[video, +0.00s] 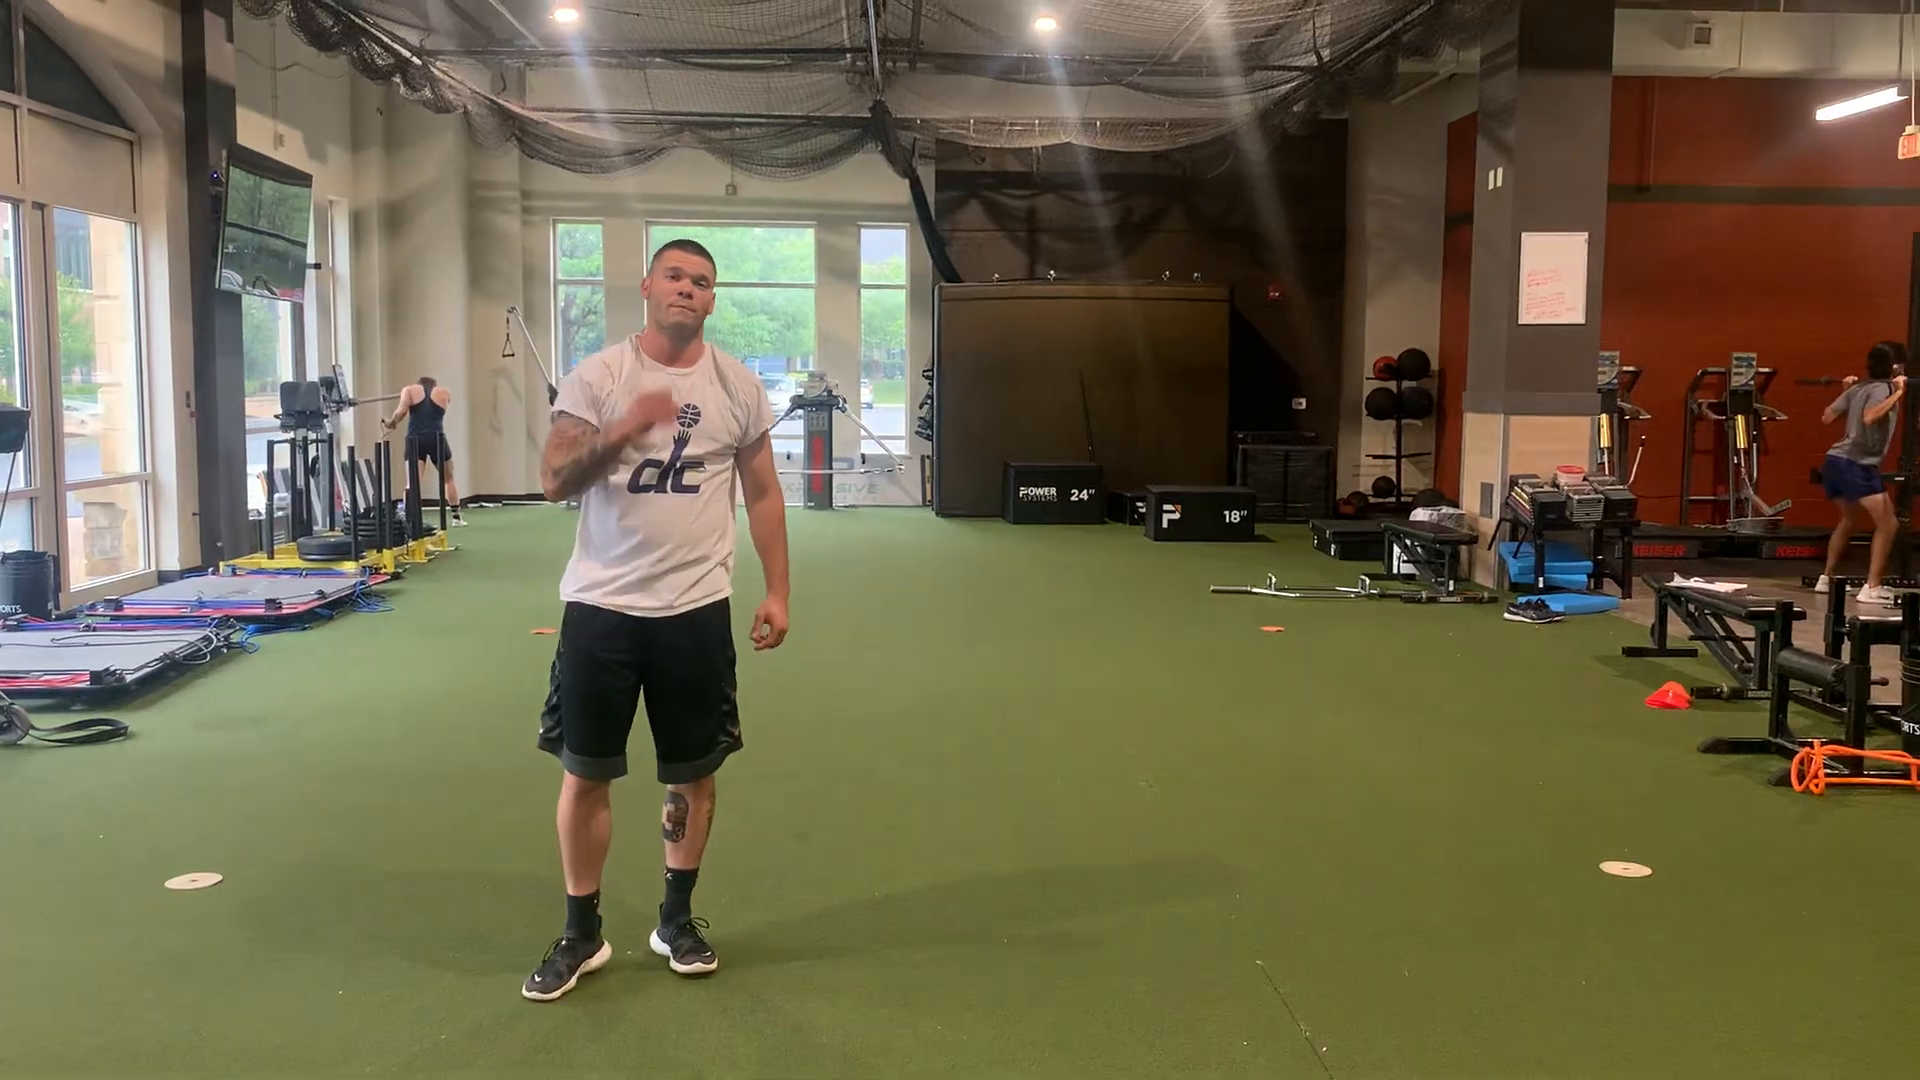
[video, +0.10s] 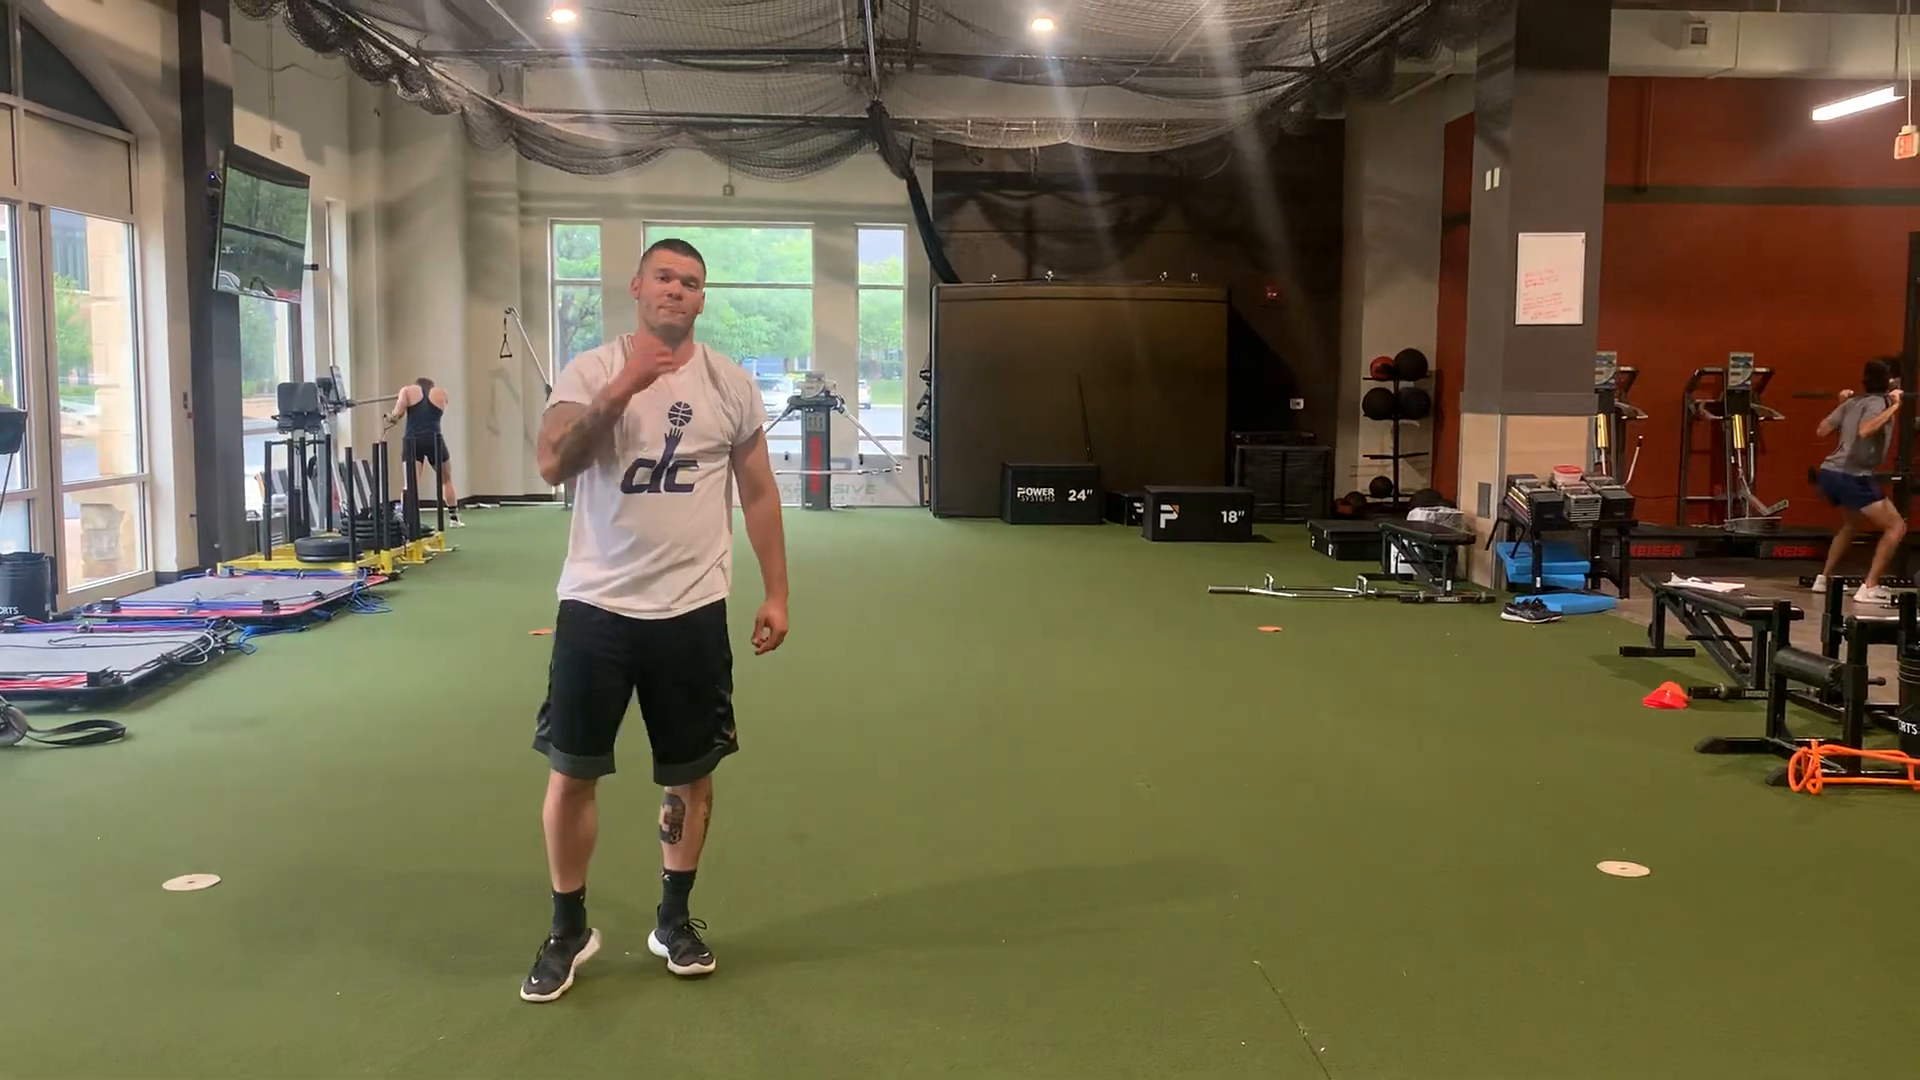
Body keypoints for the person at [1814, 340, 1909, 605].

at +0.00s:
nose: (1903, 371)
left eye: (1904, 368)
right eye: (1902, 367)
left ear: (1872, 366)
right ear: (1893, 368)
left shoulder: (1856, 390)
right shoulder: (1882, 390)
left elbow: (1827, 417)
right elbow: (1869, 417)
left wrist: (1846, 389)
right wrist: (1898, 393)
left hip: (1834, 462)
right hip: (1857, 467)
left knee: (1848, 519)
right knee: (1888, 524)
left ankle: (1826, 577)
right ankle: (1872, 587)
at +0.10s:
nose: (1897, 384)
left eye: (1897, 381)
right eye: (1895, 380)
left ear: (1867, 380)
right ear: (1888, 383)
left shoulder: (1851, 403)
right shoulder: (1878, 403)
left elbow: (1822, 430)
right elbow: (1864, 430)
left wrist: (1841, 403)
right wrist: (1894, 406)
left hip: (1831, 473)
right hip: (1854, 478)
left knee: (1851, 525)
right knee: (1896, 526)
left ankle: (1824, 578)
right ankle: (1870, 587)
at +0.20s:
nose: (1896, 399)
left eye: (1896, 396)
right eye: (1894, 395)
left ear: (1864, 396)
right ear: (1886, 398)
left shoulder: (1849, 418)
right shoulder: (1875, 419)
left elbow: (1818, 445)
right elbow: (1861, 446)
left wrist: (1838, 419)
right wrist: (1891, 422)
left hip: (1823, 486)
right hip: (1848, 492)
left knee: (1852, 529)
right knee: (1901, 530)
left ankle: (1822, 578)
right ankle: (1868, 587)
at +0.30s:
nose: (1892, 413)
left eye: (1892, 409)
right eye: (1890, 409)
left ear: (1862, 409)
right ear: (1883, 412)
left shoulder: (1847, 432)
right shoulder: (1873, 433)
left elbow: (1816, 459)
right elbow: (1858, 459)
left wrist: (1836, 432)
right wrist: (1889, 437)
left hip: (1819, 500)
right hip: (1843, 504)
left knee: (1855, 533)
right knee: (1904, 532)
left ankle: (1820, 578)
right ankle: (1867, 587)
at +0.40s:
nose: (1892, 425)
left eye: (1893, 421)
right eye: (1891, 420)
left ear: (1862, 421)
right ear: (1883, 423)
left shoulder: (1846, 442)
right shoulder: (1872, 444)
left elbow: (1814, 470)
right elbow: (1856, 471)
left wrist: (1835, 444)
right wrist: (1887, 449)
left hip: (1818, 509)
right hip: (1841, 512)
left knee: (1856, 533)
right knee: (1905, 534)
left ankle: (1821, 577)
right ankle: (1866, 587)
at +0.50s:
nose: (1893, 431)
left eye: (1893, 426)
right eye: (1892, 427)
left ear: (1863, 427)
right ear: (1884, 430)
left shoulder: (1846, 448)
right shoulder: (1873, 450)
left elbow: (1814, 475)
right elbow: (1856, 477)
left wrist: (1835, 450)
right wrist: (1887, 454)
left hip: (1817, 515)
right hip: (1841, 518)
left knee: (1855, 536)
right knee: (1907, 535)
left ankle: (1822, 577)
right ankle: (1867, 586)